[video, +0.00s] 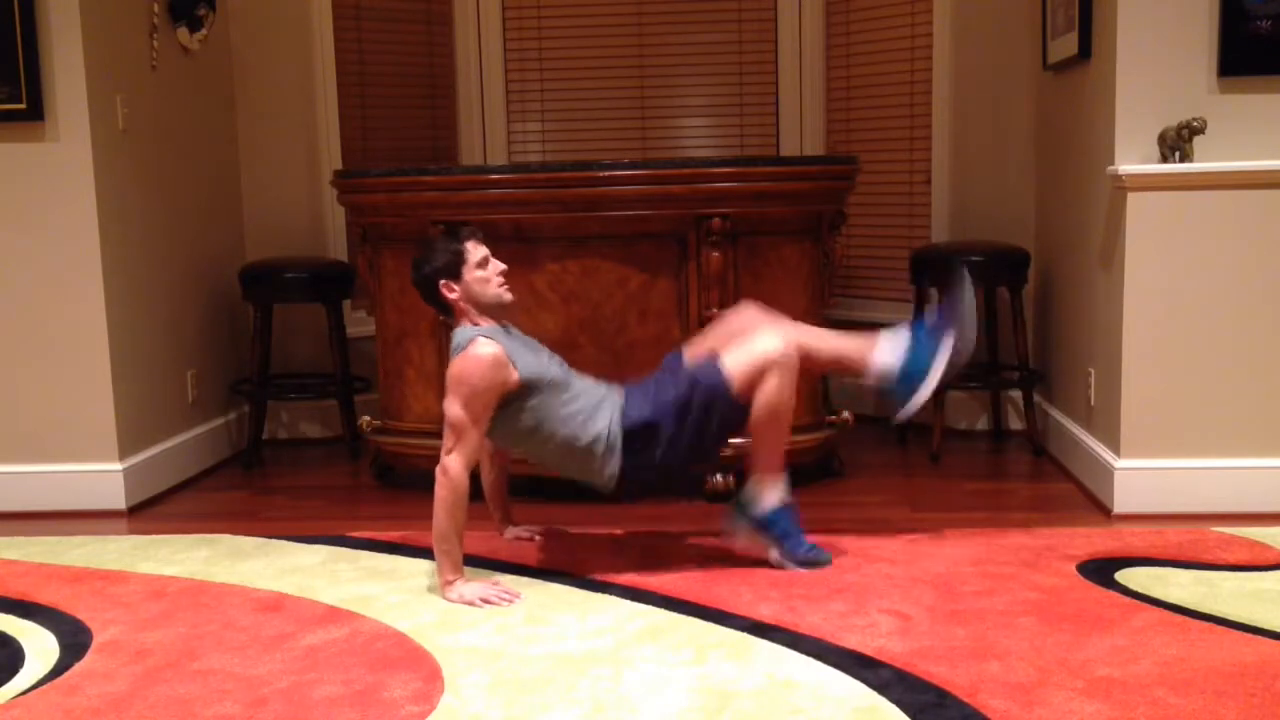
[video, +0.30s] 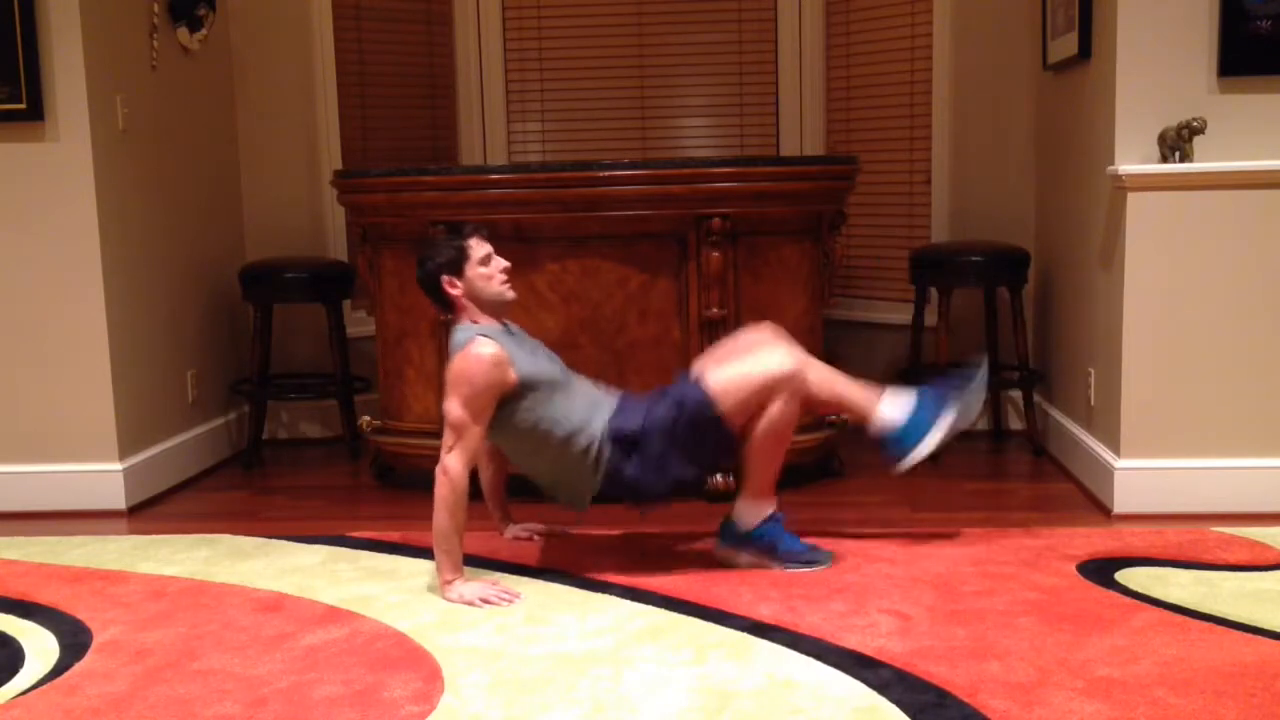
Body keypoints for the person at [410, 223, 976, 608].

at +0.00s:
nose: (500, 269)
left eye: (494, 260)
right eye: (484, 266)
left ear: (472, 284)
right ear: (452, 293)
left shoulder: (493, 337)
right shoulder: (476, 360)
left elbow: (487, 440)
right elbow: (452, 465)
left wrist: (499, 521)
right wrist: (451, 577)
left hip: (633, 412)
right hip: (633, 446)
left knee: (752, 316)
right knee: (772, 353)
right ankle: (761, 509)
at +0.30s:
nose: (503, 266)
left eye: (498, 257)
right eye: (487, 262)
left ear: (479, 279)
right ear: (454, 287)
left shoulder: (498, 336)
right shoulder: (476, 355)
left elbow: (484, 438)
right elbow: (451, 464)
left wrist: (497, 520)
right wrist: (449, 576)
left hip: (636, 426)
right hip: (626, 454)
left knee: (766, 338)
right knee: (782, 369)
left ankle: (892, 413)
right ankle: (749, 524)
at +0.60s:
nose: (514, 273)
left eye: (508, 265)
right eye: (497, 270)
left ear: (489, 290)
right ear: (468, 298)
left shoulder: (512, 341)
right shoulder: (489, 364)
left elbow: (491, 439)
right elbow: (454, 465)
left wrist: (500, 519)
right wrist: (447, 578)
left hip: (621, 449)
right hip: (617, 485)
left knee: (744, 371)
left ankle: (763, 521)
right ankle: (903, 322)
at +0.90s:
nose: (502, 269)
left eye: (497, 260)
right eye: (486, 265)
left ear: (467, 285)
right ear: (452, 288)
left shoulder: (492, 340)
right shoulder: (473, 356)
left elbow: (490, 441)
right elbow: (451, 463)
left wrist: (499, 518)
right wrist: (448, 576)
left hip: (642, 417)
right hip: (642, 439)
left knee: (761, 318)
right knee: (762, 308)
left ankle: (839, 446)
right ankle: (851, 440)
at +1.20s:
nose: (521, 274)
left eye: (515, 266)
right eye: (505, 272)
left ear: (500, 287)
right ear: (475, 299)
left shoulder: (519, 339)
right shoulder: (494, 363)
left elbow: (496, 440)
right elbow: (456, 464)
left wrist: (501, 521)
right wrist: (448, 578)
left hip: (634, 459)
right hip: (625, 485)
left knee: (782, 384)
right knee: (760, 376)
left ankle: (925, 353)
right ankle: (770, 531)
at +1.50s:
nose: (500, 269)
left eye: (493, 260)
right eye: (484, 266)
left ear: (473, 283)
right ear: (451, 292)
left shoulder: (497, 341)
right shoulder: (469, 359)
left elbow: (488, 442)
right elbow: (448, 465)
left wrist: (498, 520)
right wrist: (447, 576)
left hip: (639, 408)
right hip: (633, 424)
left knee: (788, 350)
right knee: (776, 319)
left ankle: (757, 475)